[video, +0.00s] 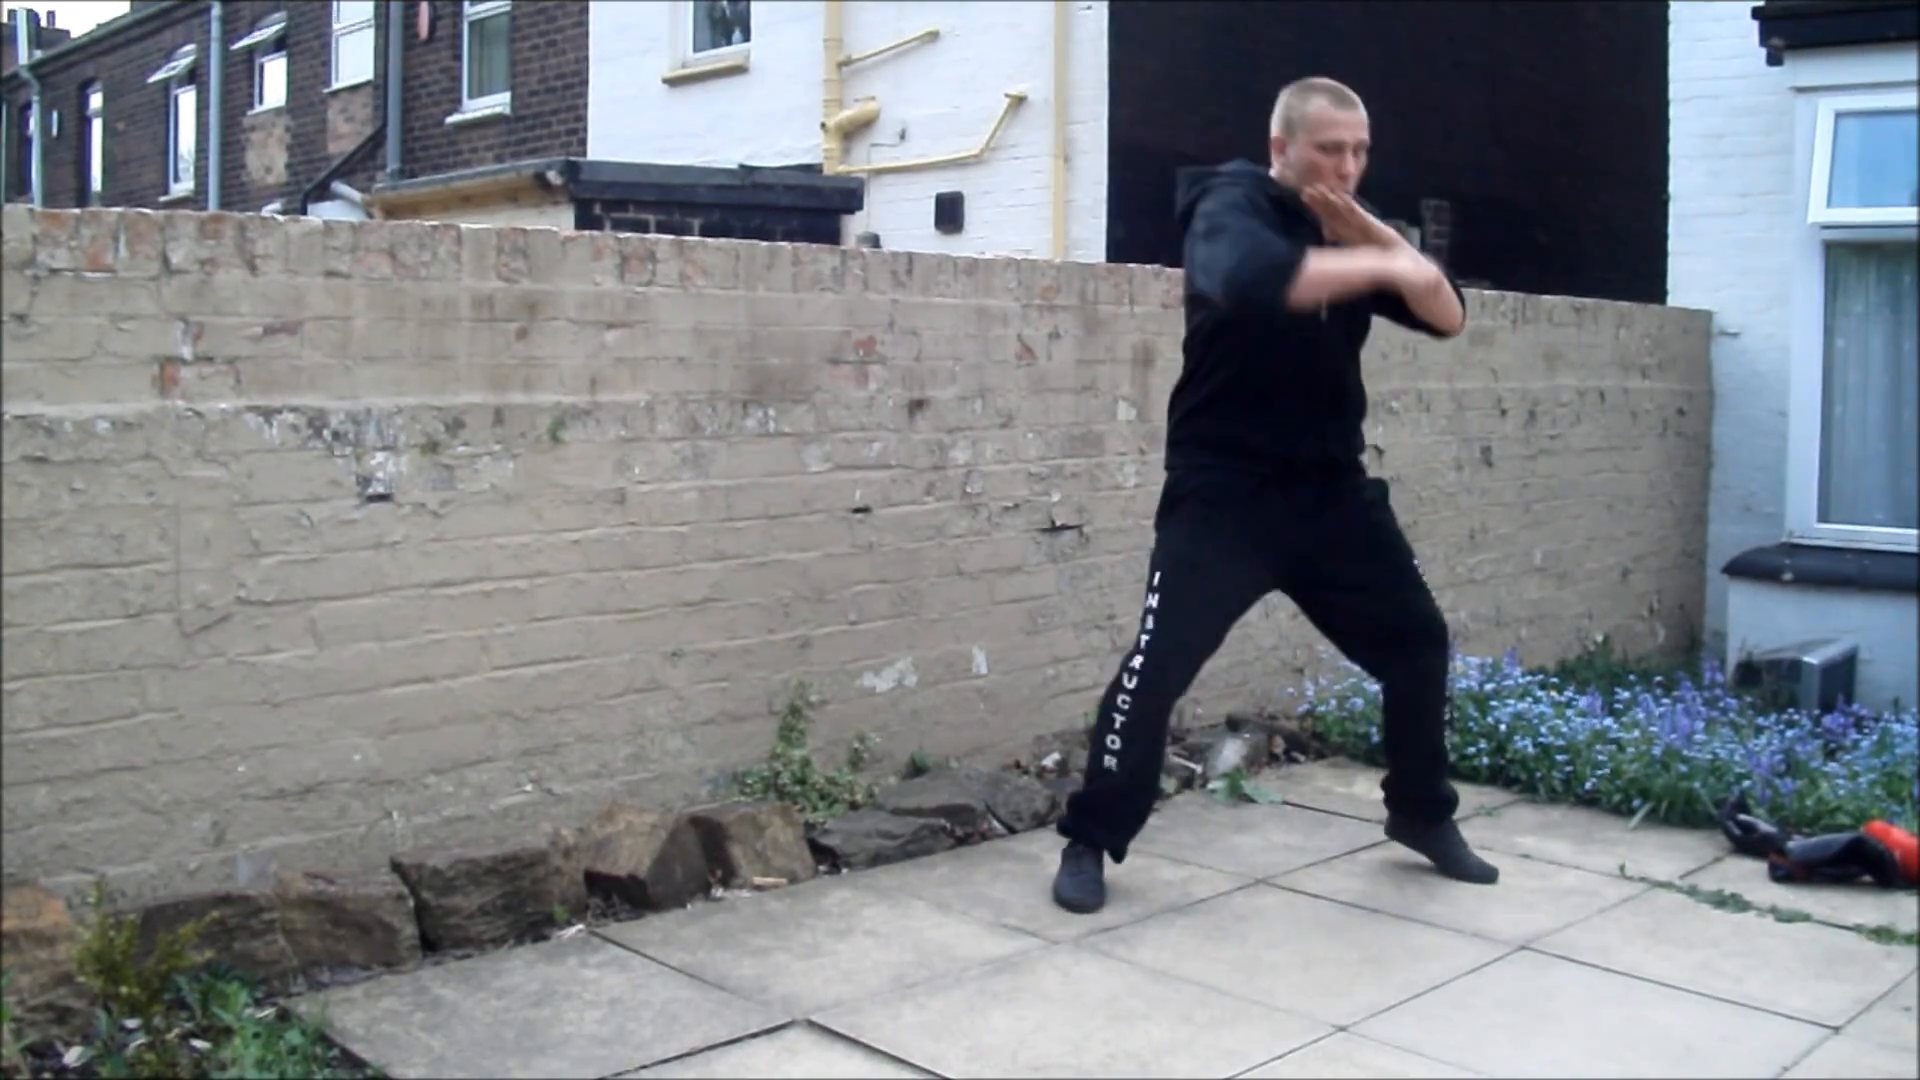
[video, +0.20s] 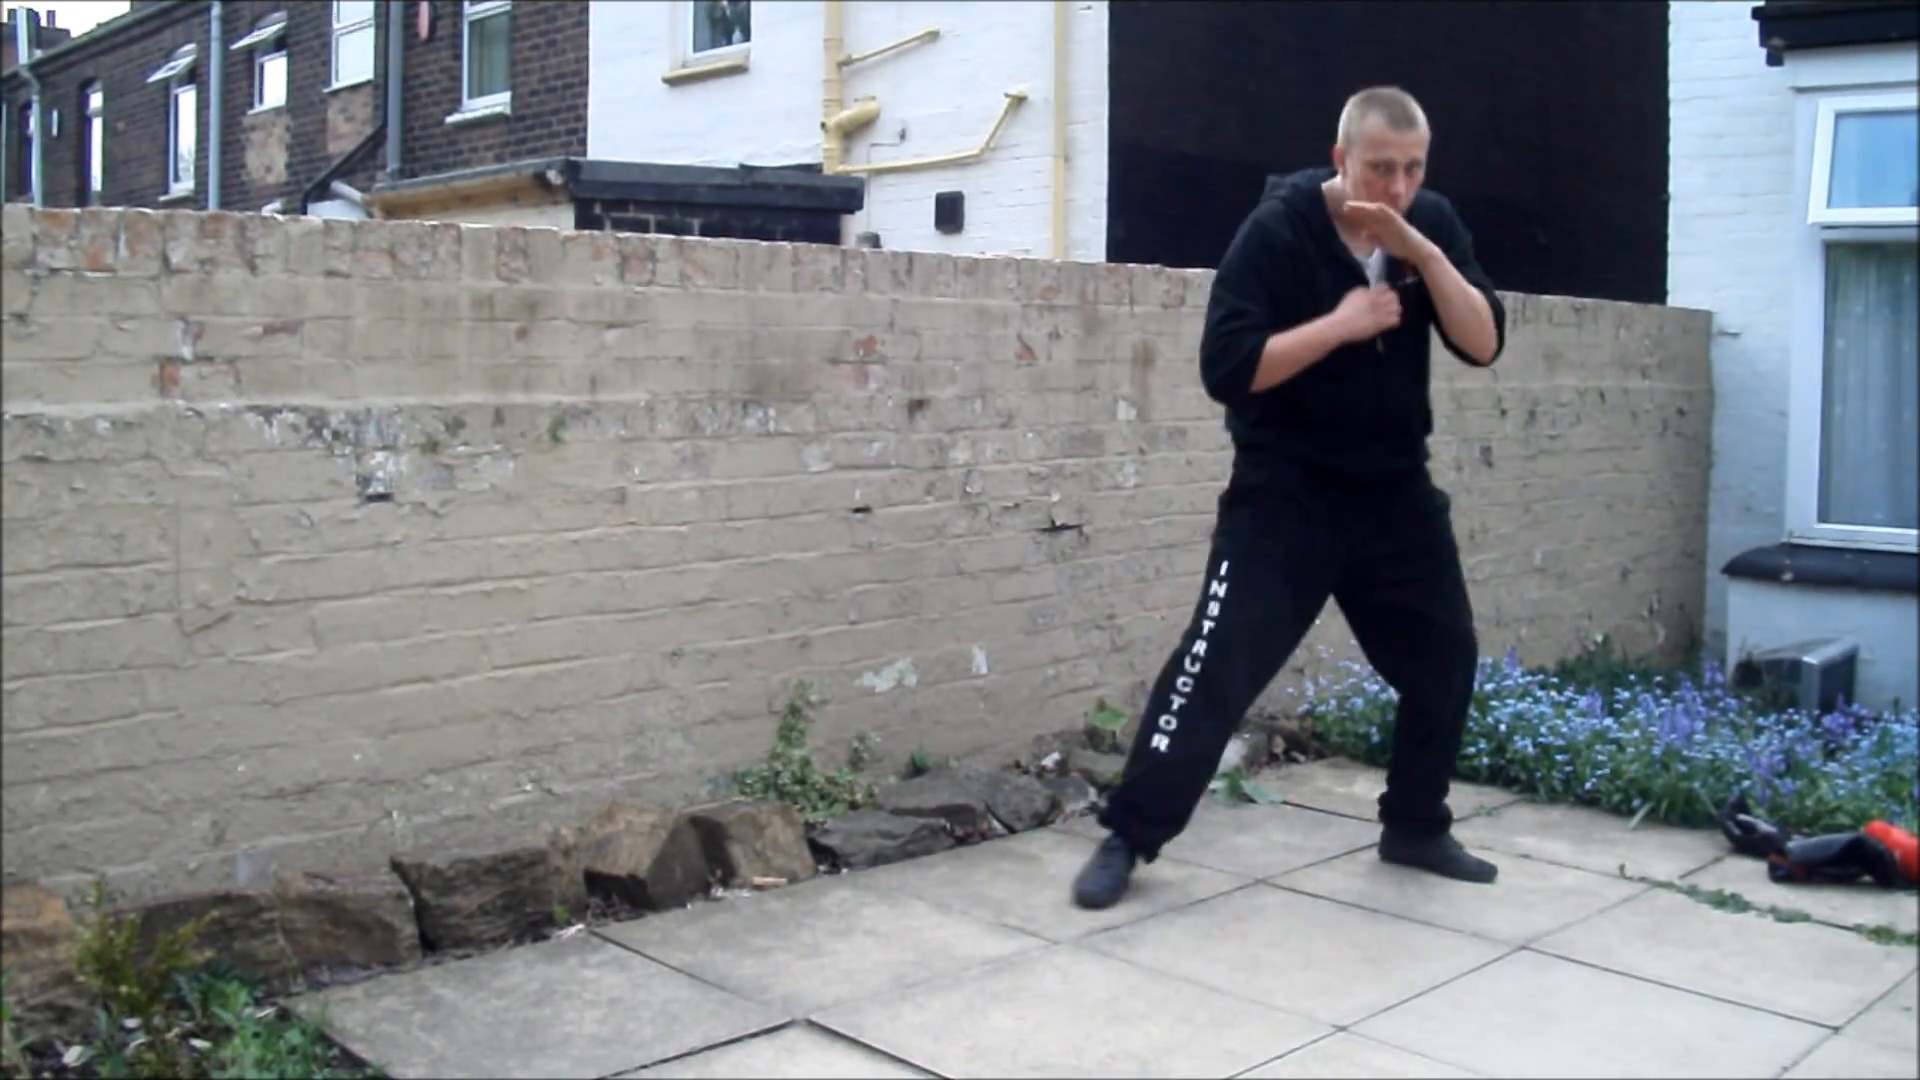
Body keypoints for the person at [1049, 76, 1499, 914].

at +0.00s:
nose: (1347, 167)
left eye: (1358, 154)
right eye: (1331, 152)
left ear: (1364, 155)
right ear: (1280, 146)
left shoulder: (1361, 229)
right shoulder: (1235, 201)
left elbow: (1448, 320)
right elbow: (1239, 277)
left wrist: (1360, 228)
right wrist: (1388, 263)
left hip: (1329, 493)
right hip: (1222, 493)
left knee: (1418, 642)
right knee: (1156, 665)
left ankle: (1420, 814)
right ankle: (1090, 841)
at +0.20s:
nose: (1394, 183)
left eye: (1409, 169)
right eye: (1377, 167)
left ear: (1426, 166)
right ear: (1340, 158)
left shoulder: (1433, 224)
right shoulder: (1279, 228)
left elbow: (1482, 343)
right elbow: (1226, 369)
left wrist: (1422, 251)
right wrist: (1339, 323)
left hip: (1394, 497)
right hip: (1281, 498)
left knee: (1444, 657)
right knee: (1217, 662)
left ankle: (1415, 829)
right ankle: (1124, 837)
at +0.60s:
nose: (1385, 148)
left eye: (1402, 133)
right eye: (1371, 131)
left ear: (1426, 139)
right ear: (1345, 134)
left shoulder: (1465, 226)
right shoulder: (1296, 229)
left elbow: (1452, 350)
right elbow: (1259, 370)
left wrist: (1404, 236)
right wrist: (1309, 310)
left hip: (1428, 486)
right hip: (1316, 484)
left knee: (1429, 656)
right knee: (1286, 647)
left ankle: (1418, 803)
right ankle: (1321, 755)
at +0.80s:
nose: (1376, 147)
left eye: (1393, 133)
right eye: (1363, 131)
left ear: (1416, 140)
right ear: (1333, 132)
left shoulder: (1437, 212)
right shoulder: (1274, 215)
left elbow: (1453, 300)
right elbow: (1207, 344)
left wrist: (1390, 198)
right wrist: (1266, 343)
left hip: (1397, 483)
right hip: (1282, 481)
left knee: (1444, 639)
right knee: (1215, 636)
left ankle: (1408, 800)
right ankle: (1140, 820)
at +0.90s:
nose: (1346, 159)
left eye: (1364, 145)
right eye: (1333, 142)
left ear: (1386, 151)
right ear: (1302, 142)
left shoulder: (1409, 233)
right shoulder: (1244, 230)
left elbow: (1433, 326)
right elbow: (1176, 367)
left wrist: (1367, 227)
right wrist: (1232, 336)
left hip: (1367, 507)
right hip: (1253, 505)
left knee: (1420, 651)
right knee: (1188, 661)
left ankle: (1403, 811)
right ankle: (1086, 834)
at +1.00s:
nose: (1289, 151)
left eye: (1306, 135)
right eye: (1275, 134)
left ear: (1334, 141)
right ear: (1251, 134)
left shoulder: (1371, 234)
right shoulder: (1203, 215)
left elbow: (1389, 360)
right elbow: (1093, 294)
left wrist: (1330, 252)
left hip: (1340, 494)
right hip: (1218, 492)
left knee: (1412, 645)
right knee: (1160, 657)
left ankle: (1416, 792)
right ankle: (1082, 834)